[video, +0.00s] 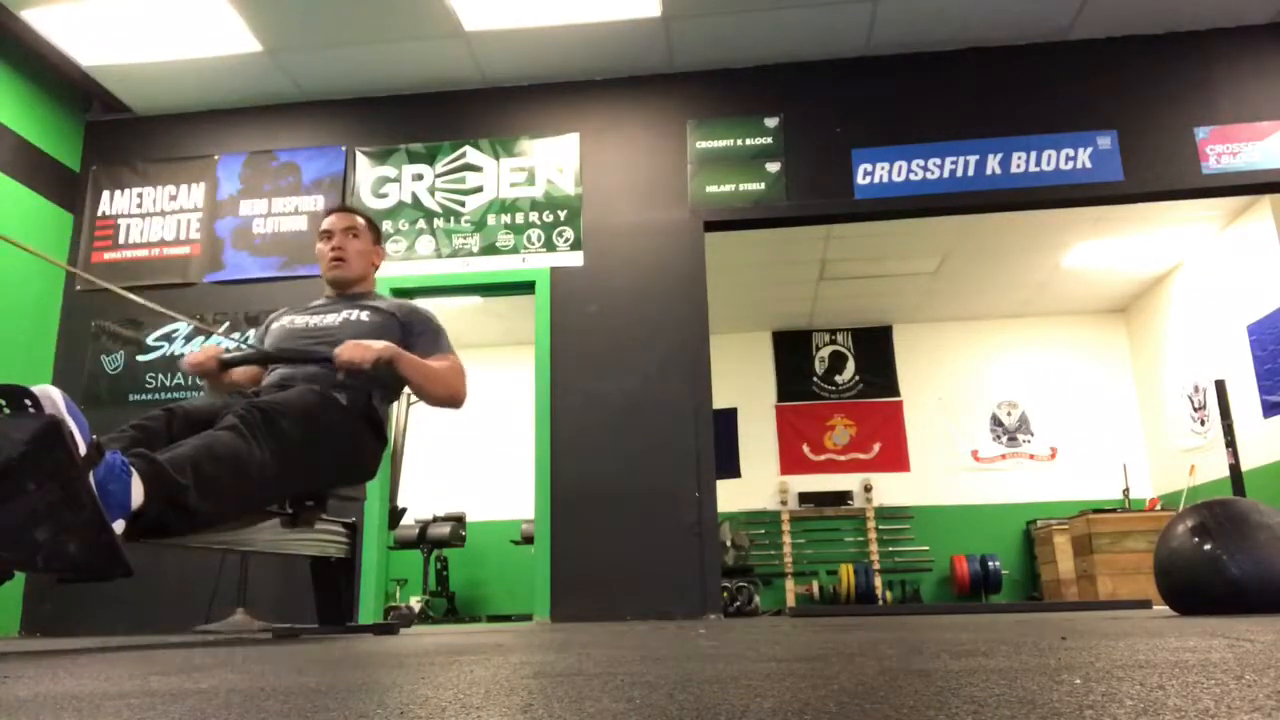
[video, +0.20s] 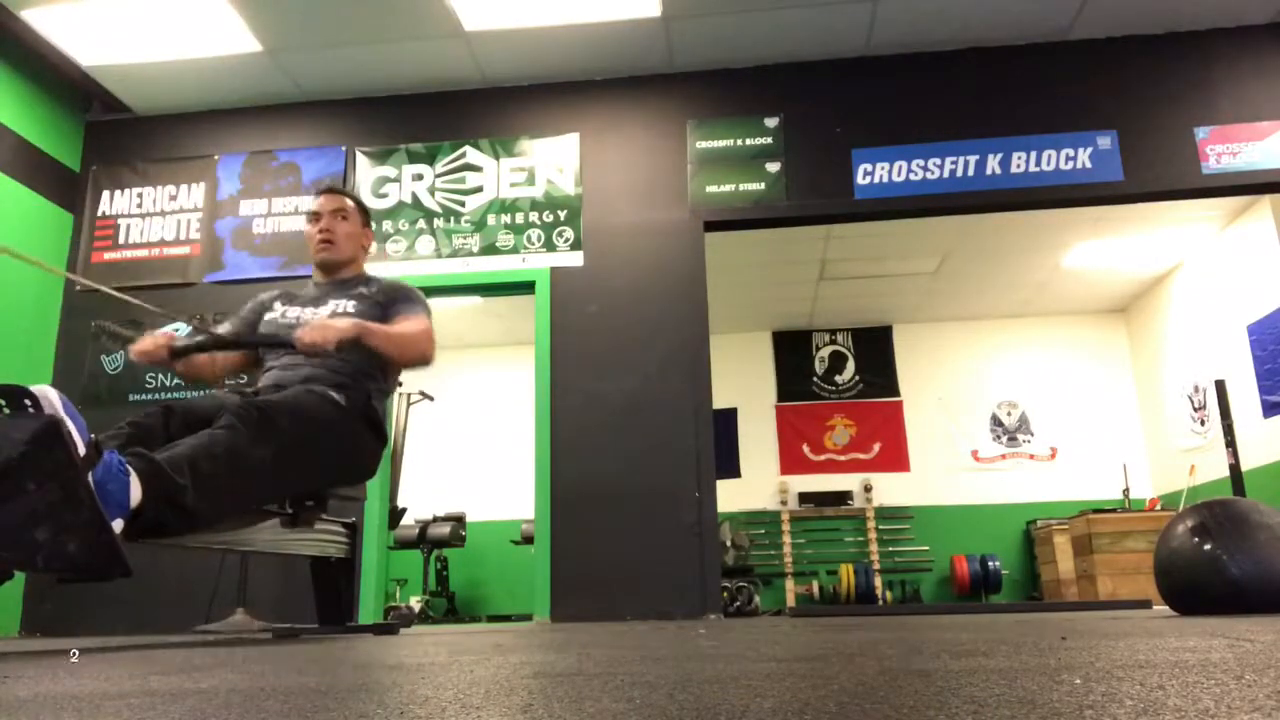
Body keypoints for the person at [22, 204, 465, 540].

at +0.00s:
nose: (336, 244)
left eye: (350, 235)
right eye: (327, 237)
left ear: (377, 253)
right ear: (317, 254)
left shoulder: (406, 316)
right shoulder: (289, 319)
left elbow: (454, 391)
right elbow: (254, 379)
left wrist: (390, 353)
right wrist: (213, 371)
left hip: (342, 413)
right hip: (271, 408)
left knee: (250, 435)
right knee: (171, 420)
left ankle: (125, 491)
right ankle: (92, 475)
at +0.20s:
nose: (324, 225)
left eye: (339, 217)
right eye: (316, 219)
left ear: (367, 238)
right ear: (307, 236)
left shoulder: (390, 294)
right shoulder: (278, 302)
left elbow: (421, 346)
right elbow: (223, 362)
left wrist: (356, 328)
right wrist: (172, 355)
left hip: (342, 407)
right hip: (265, 400)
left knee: (249, 427)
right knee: (169, 418)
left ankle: (128, 488)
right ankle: (88, 460)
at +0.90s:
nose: (157, 107)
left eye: (180, 92)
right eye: (144, 96)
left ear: (223, 117)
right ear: (133, 117)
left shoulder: (266, 180)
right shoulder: (113, 197)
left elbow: (281, 233)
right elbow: (12, 233)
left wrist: (159, 227)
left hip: (261, 407)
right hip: (144, 404)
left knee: (208, 256)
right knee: (30, 265)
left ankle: (124, 458)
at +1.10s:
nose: (100, 74)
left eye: (126, 58)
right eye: (87, 64)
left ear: (175, 87)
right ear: (77, 89)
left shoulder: (228, 153)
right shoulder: (62, 166)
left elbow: (217, 193)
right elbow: (11, 174)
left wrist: (57, 177)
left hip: (235, 392)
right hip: (107, 384)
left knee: (184, 223)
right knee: (19, 220)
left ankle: (124, 450)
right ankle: (23, 429)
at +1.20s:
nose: (101, 69)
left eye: (128, 54)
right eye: (88, 60)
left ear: (176, 85)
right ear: (78, 87)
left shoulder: (226, 148)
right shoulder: (59, 172)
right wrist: (12, 164)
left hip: (232, 390)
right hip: (105, 382)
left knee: (177, 221)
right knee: (23, 227)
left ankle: (123, 448)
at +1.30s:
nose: (127, 73)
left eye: (153, 60)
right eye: (117, 65)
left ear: (198, 91)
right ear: (104, 91)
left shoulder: (242, 154)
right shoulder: (80, 175)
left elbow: (223, 188)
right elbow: (12, 207)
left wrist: (67, 148)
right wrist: (12, 183)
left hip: (237, 392)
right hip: (109, 386)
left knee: (182, 223)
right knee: (28, 236)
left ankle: (122, 450)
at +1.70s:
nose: (289, 171)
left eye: (308, 163)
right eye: (280, 163)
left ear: (337, 189)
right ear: (270, 184)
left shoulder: (358, 249)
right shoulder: (249, 257)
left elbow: (356, 287)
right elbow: (167, 296)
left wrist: (271, 260)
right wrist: (98, 285)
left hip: (328, 413)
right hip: (235, 407)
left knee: (257, 359)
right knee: (135, 359)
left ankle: (118, 487)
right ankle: (42, 455)